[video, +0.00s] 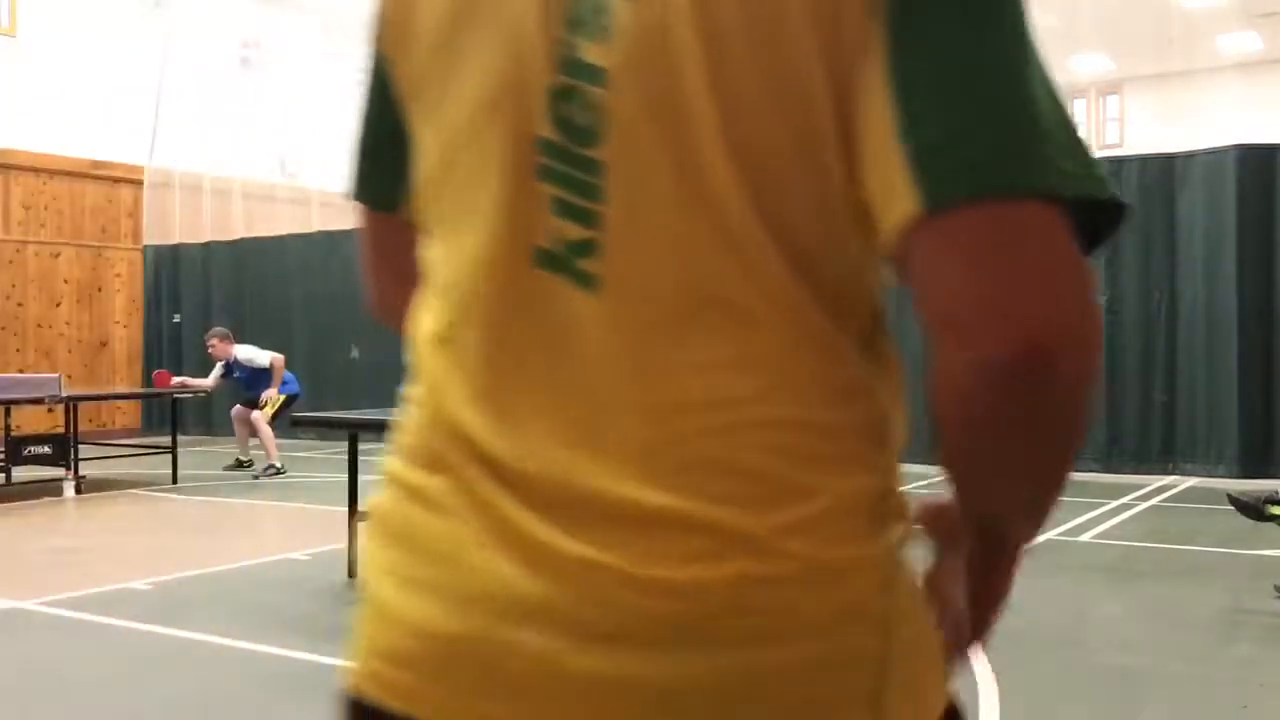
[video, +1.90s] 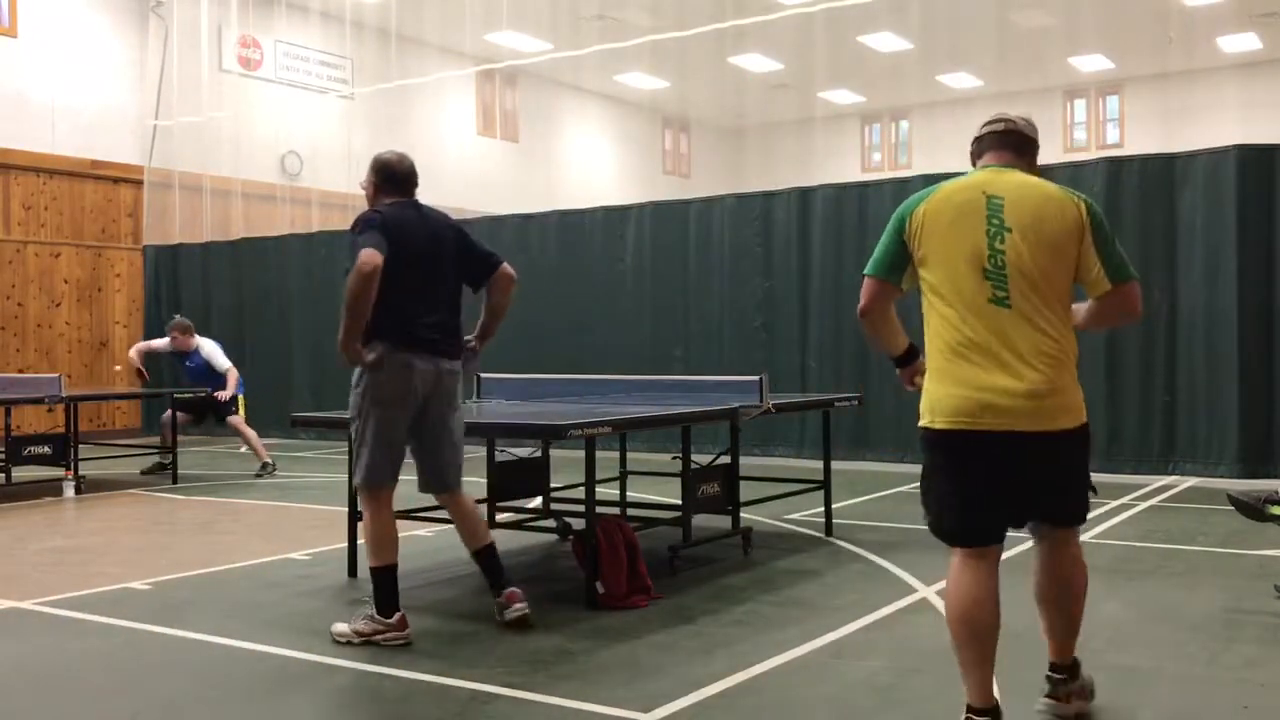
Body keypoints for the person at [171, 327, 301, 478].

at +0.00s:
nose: (209, 351)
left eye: (212, 346)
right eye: (208, 347)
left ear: (226, 343)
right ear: (223, 345)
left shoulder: (243, 353)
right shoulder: (224, 362)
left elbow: (278, 360)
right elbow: (210, 383)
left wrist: (274, 388)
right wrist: (186, 381)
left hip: (284, 389)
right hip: (264, 390)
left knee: (257, 417)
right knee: (238, 413)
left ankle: (275, 464)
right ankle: (244, 459)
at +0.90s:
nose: (209, 327)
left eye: (212, 322)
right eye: (208, 323)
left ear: (226, 321)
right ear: (222, 323)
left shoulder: (241, 335)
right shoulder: (223, 344)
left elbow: (271, 353)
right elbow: (214, 369)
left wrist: (266, 383)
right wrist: (189, 372)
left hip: (277, 380)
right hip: (260, 381)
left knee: (257, 416)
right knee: (239, 413)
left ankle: (275, 465)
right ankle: (244, 460)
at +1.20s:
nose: (204, 320)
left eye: (208, 316)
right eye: (203, 316)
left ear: (221, 315)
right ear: (217, 316)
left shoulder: (235, 331)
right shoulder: (218, 336)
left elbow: (260, 355)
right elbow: (213, 363)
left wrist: (247, 382)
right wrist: (190, 366)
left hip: (266, 378)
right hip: (248, 380)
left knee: (255, 416)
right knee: (229, 415)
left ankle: (274, 464)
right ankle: (243, 460)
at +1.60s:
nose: (196, 324)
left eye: (199, 319)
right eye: (195, 320)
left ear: (213, 316)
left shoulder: (235, 332)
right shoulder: (207, 338)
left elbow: (251, 361)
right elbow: (192, 360)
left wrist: (223, 376)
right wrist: (169, 363)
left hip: (255, 381)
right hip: (232, 381)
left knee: (247, 418)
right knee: (205, 413)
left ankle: (269, 461)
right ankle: (222, 450)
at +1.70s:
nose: (190, 332)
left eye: (192, 327)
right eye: (188, 328)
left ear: (205, 323)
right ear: (200, 325)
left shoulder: (228, 337)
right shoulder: (200, 341)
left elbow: (248, 364)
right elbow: (179, 355)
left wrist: (226, 381)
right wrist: (155, 360)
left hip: (250, 384)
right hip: (227, 385)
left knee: (243, 420)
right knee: (195, 416)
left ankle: (268, 462)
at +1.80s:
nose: (181, 338)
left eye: (184, 334)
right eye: (180, 335)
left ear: (197, 330)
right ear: (191, 332)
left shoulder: (219, 342)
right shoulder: (190, 343)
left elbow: (243, 367)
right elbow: (164, 349)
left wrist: (229, 386)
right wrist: (143, 357)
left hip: (242, 389)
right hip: (219, 389)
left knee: (239, 421)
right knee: (184, 418)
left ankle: (268, 462)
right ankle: (172, 459)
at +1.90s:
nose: (171, 342)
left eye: (174, 338)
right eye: (170, 338)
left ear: (186, 336)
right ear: (175, 337)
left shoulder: (207, 348)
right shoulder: (174, 344)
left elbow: (232, 371)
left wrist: (229, 390)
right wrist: (136, 362)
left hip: (226, 393)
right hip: (202, 394)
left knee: (235, 422)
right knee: (167, 419)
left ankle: (267, 461)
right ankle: (165, 461)